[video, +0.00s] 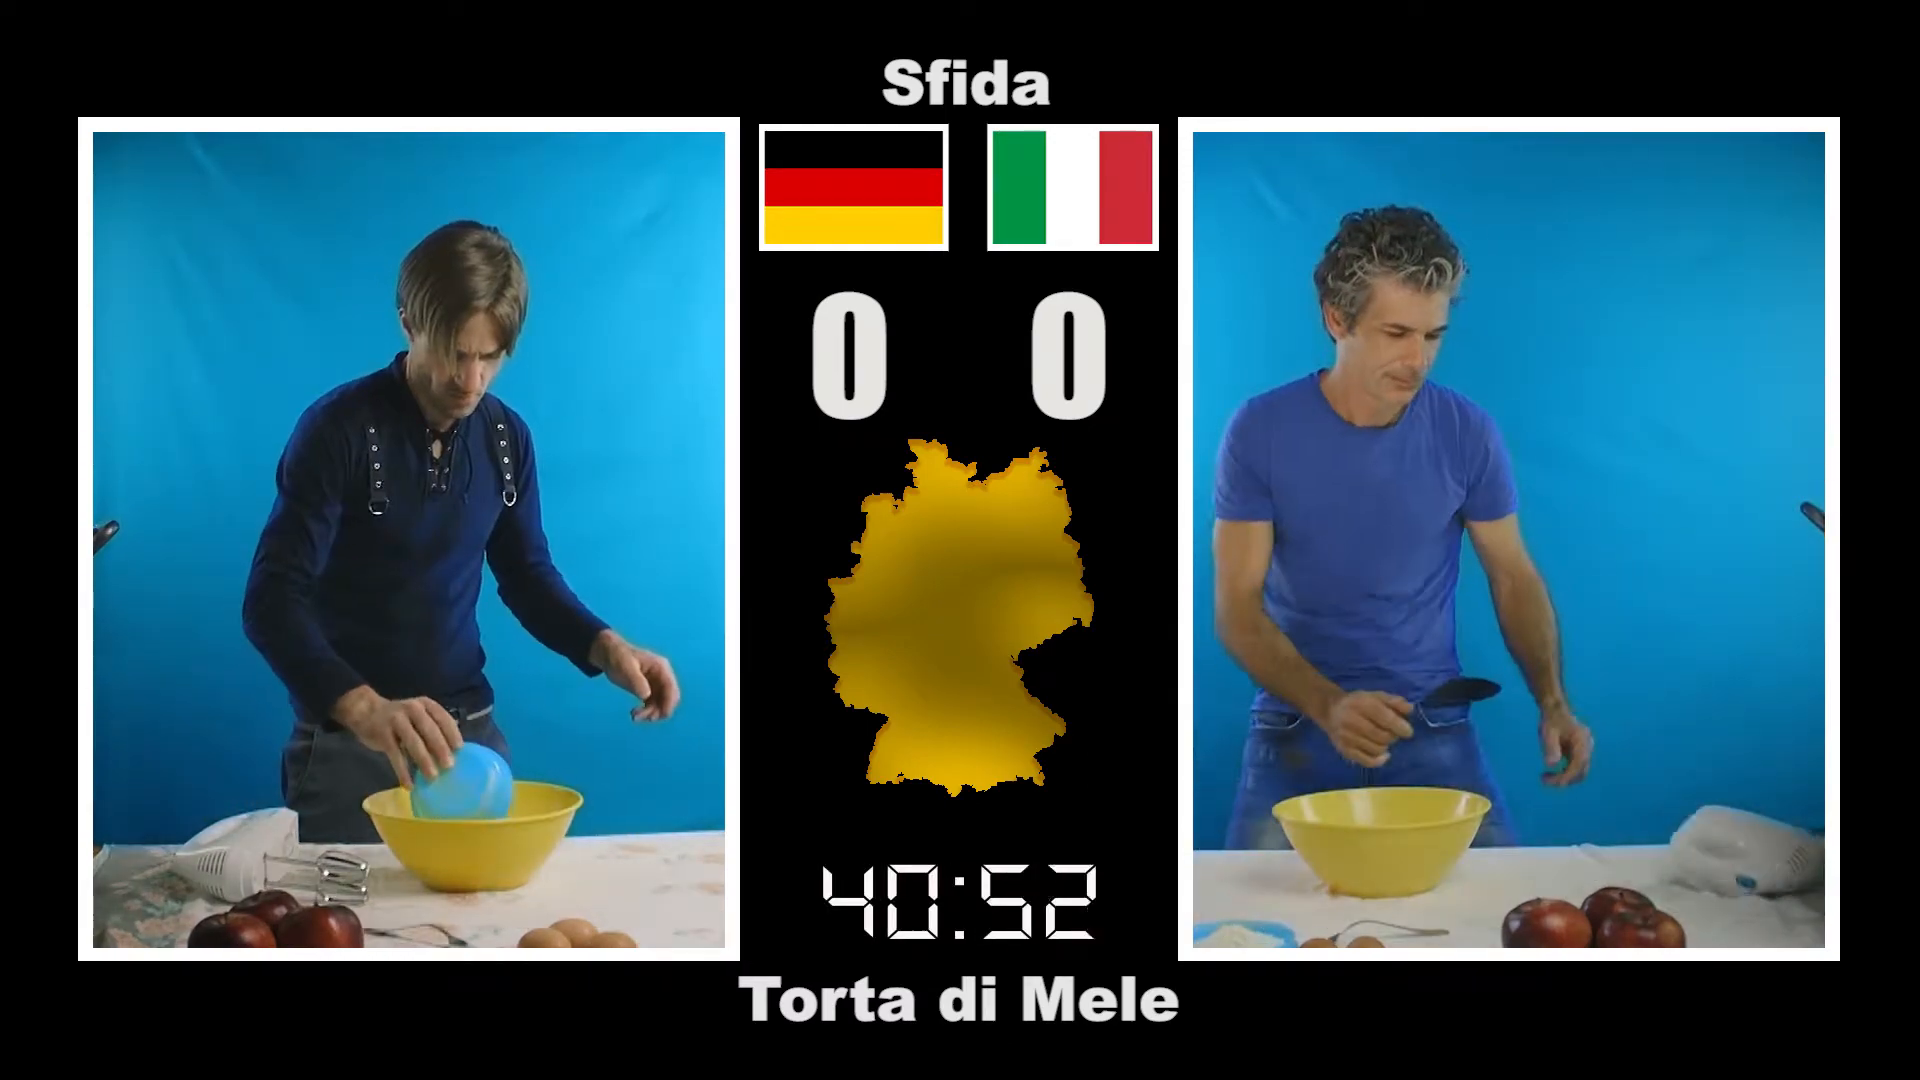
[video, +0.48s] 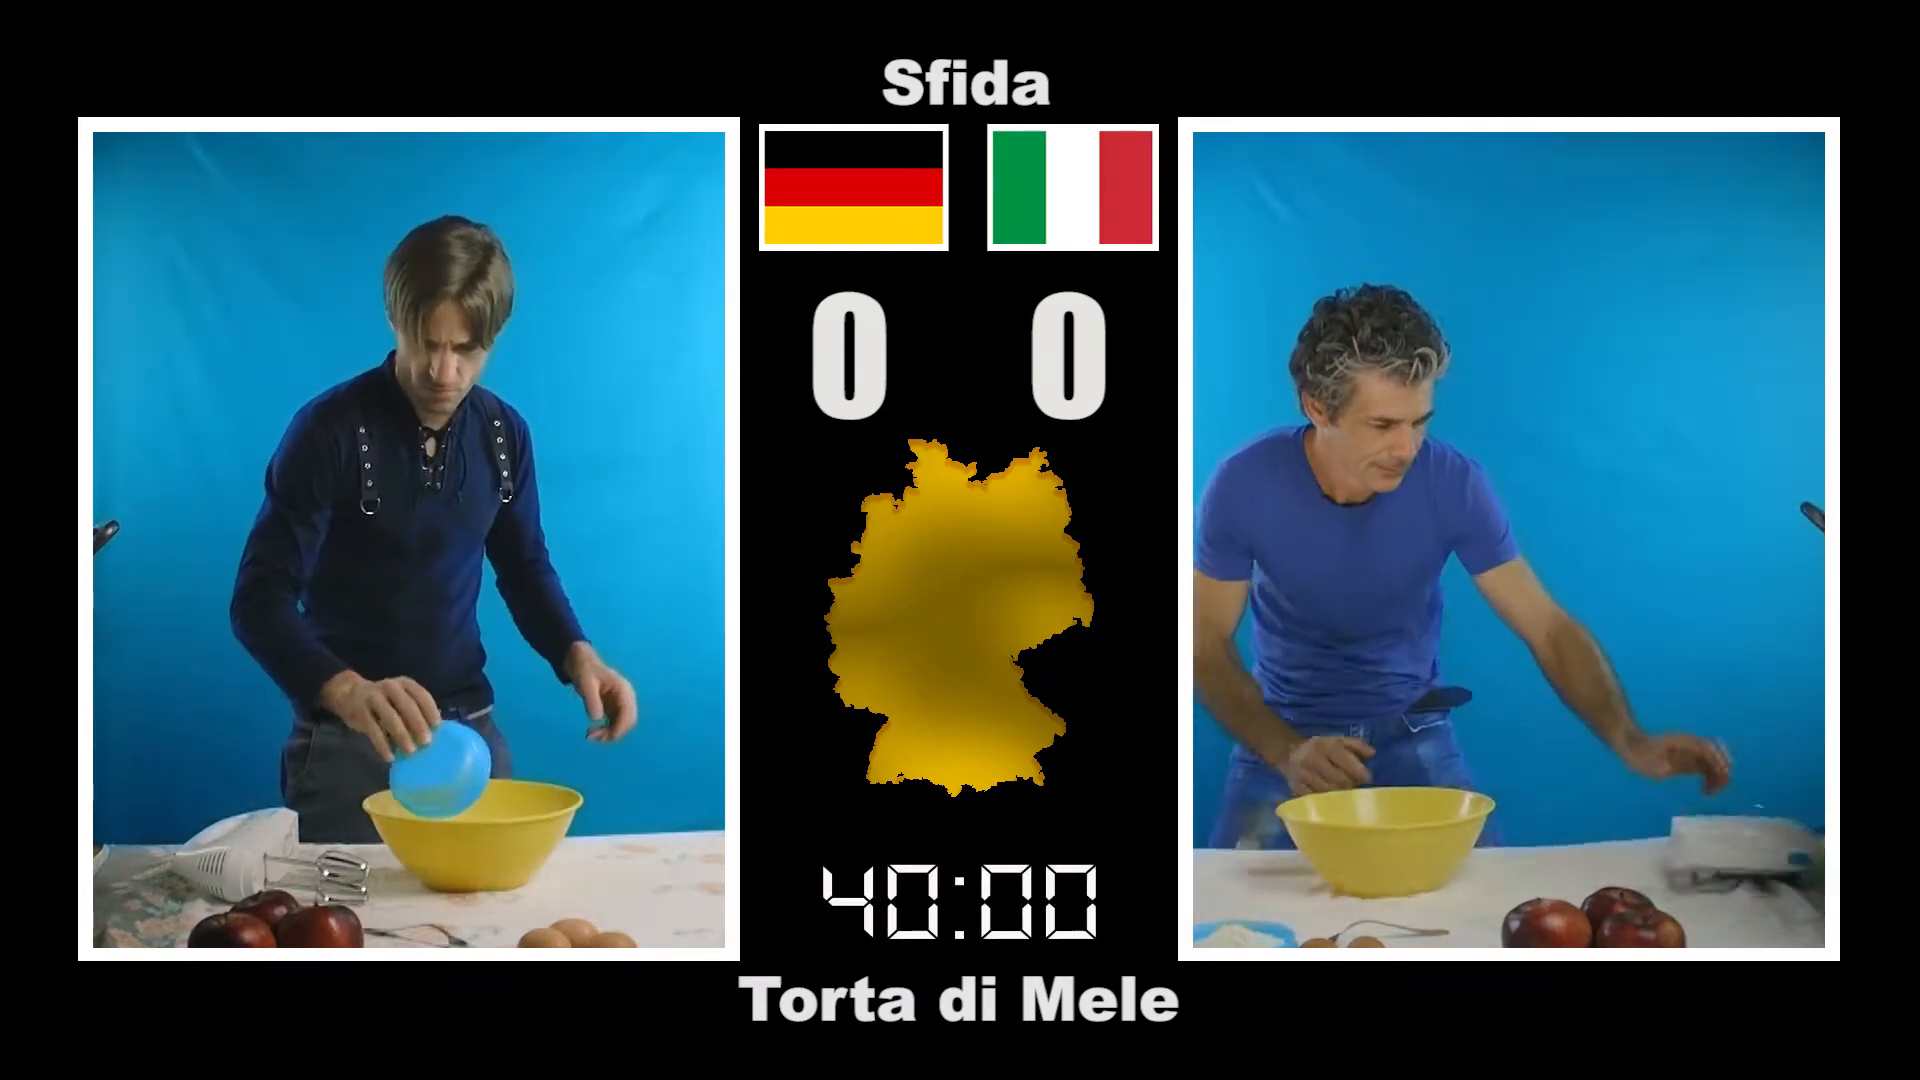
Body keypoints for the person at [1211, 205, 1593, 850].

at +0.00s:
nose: (1417, 359)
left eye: (1434, 335)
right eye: (1396, 334)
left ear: (1447, 326)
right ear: (1338, 322)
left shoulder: (1464, 433)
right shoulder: (1262, 433)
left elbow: (1513, 574)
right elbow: (1238, 610)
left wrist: (1553, 701)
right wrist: (1329, 703)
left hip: (1433, 739)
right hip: (1297, 741)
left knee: (1496, 925)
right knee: (1265, 937)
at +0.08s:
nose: (1410, 380)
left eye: (1426, 356)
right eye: (1389, 354)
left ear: (1440, 346)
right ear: (1329, 342)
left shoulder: (1463, 450)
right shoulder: (1256, 448)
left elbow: (1517, 585)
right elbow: (1222, 617)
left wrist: (1558, 721)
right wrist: (1292, 722)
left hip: (1427, 735)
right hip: (1295, 736)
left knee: (1497, 916)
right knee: (1260, 934)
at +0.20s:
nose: (1404, 411)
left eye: (1420, 386)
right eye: (1382, 388)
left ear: (1432, 371)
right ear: (1320, 373)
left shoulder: (1453, 466)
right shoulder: (1247, 468)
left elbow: (1516, 594)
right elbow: (1204, 627)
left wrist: (1563, 728)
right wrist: (1257, 741)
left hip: (1423, 747)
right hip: (1291, 752)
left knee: (1494, 924)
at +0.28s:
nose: (1401, 425)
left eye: (1416, 399)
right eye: (1379, 402)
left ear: (1426, 381)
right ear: (1314, 386)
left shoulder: (1447, 471)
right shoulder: (1242, 477)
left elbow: (1520, 601)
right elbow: (1198, 632)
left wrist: (1573, 731)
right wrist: (1250, 751)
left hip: (1417, 743)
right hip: (1287, 744)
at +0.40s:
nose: (1402, 440)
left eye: (1415, 412)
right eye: (1379, 416)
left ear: (1425, 398)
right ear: (1313, 402)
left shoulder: (1448, 481)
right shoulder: (1243, 481)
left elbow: (1536, 620)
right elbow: (1197, 637)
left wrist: (1606, 734)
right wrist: (1258, 758)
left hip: (1412, 742)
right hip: (1283, 749)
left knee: (1470, 917)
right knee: (1249, 928)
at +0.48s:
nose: (1405, 448)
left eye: (1419, 421)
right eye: (1382, 426)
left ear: (1430, 403)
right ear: (1318, 410)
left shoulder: (1450, 486)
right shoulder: (1247, 485)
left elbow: (1549, 629)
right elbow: (1204, 647)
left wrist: (1632, 742)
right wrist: (1287, 751)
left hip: (1413, 745)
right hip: (1283, 749)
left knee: (1456, 921)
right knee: (1242, 923)